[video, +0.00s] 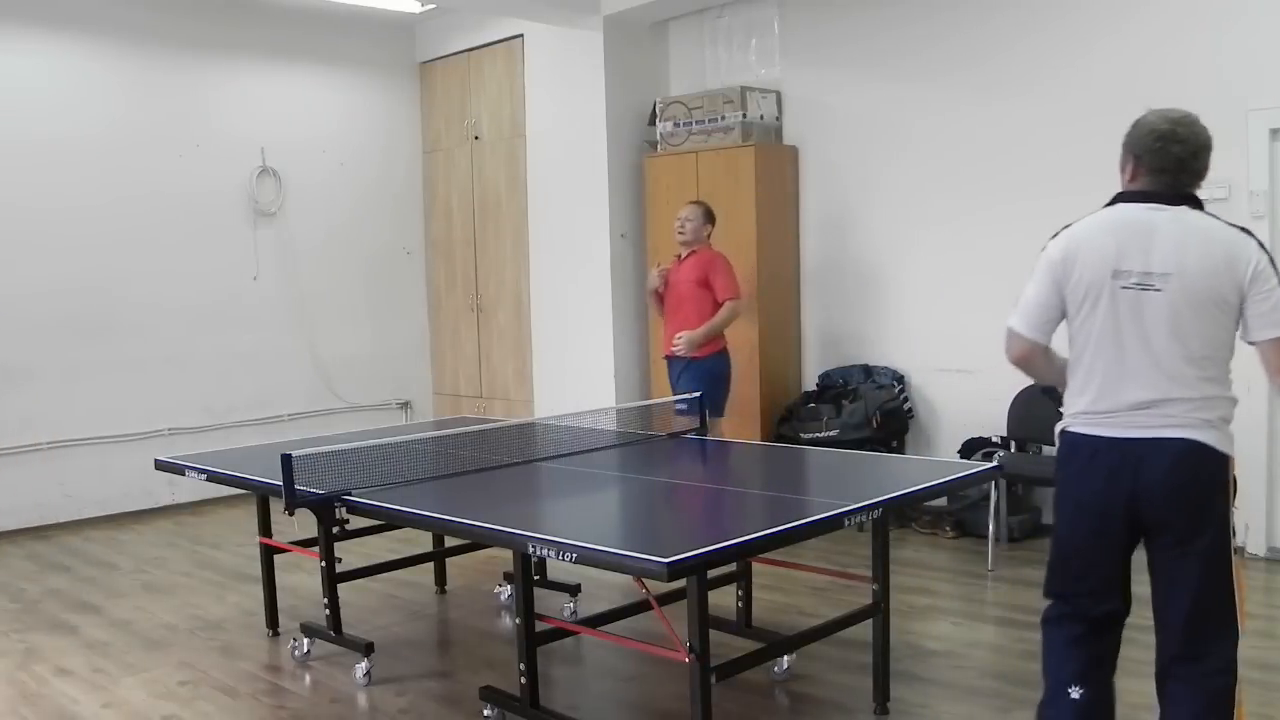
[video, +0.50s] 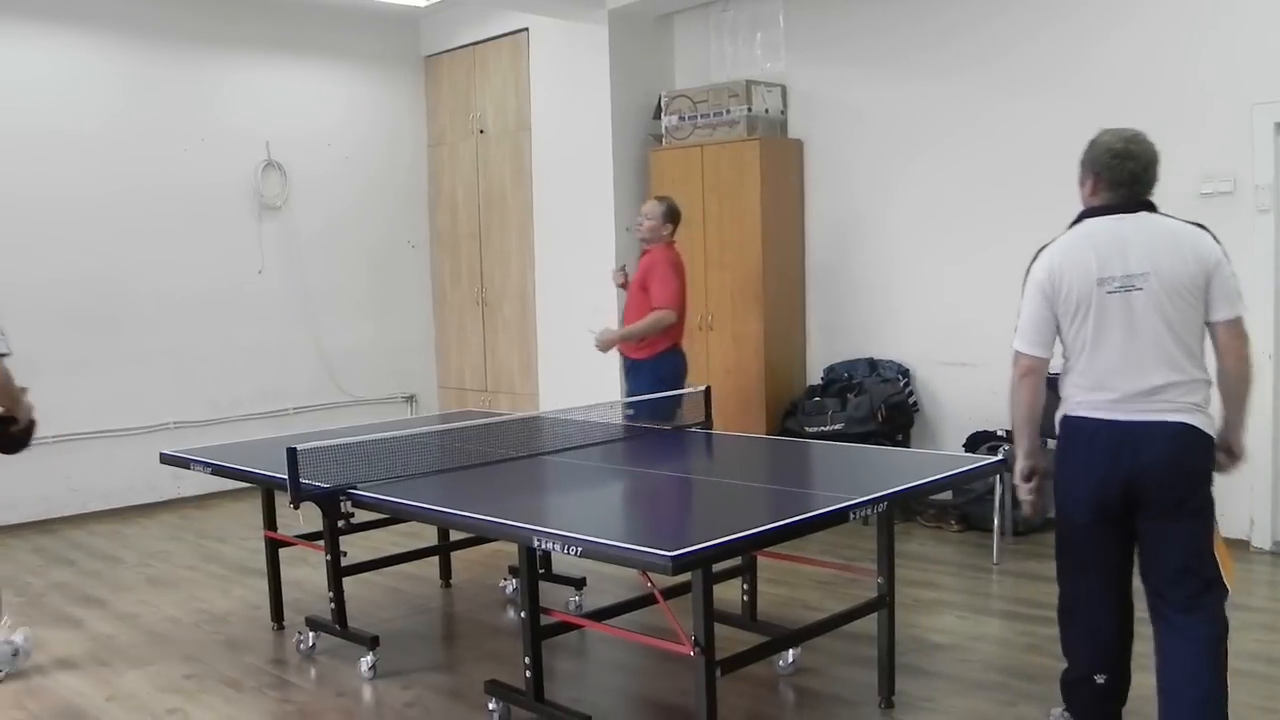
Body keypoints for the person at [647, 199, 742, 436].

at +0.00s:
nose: (680, 224)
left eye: (689, 220)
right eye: (678, 220)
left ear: (707, 229)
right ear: (674, 225)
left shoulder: (714, 260)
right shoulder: (674, 266)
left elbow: (733, 305)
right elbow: (667, 314)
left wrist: (699, 336)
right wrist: (653, 291)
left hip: (706, 361)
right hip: (677, 361)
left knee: (690, 433)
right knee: (707, 432)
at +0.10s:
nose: (672, 227)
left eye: (680, 222)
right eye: (670, 223)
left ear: (699, 231)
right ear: (666, 228)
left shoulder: (707, 263)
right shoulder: (673, 267)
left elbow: (727, 307)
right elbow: (669, 309)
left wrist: (691, 339)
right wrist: (649, 297)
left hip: (697, 364)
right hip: (672, 364)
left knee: (687, 440)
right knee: (687, 441)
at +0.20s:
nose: (663, 230)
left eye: (671, 225)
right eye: (661, 225)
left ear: (690, 234)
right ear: (658, 229)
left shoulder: (695, 265)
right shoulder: (669, 266)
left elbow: (715, 311)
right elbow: (666, 310)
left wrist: (675, 345)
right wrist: (644, 298)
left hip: (688, 369)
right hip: (668, 369)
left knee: (684, 447)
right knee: (680, 447)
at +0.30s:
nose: (654, 230)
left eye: (663, 226)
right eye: (654, 225)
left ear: (682, 235)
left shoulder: (683, 266)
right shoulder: (665, 265)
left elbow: (697, 316)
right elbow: (661, 311)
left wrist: (654, 347)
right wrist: (638, 299)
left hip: (677, 371)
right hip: (661, 369)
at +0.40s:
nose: (648, 225)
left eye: (657, 221)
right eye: (649, 219)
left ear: (676, 231)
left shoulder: (673, 260)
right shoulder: (661, 259)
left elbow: (681, 314)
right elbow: (660, 304)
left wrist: (633, 341)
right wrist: (635, 292)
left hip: (667, 366)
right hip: (656, 364)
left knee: (660, 444)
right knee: (655, 443)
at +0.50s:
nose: (639, 222)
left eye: (647, 218)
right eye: (640, 216)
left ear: (666, 229)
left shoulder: (663, 258)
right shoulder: (652, 256)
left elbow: (667, 314)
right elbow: (650, 298)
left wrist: (618, 336)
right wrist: (627, 285)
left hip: (656, 364)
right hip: (645, 362)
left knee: (649, 442)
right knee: (644, 441)